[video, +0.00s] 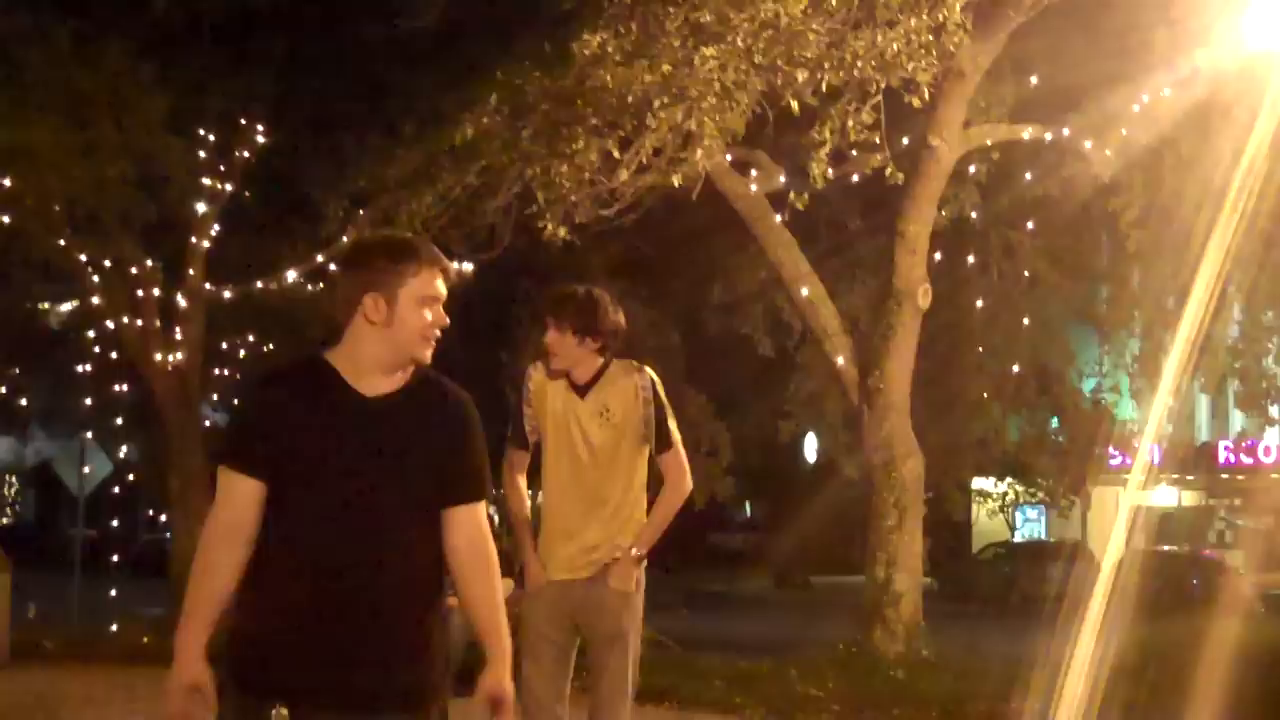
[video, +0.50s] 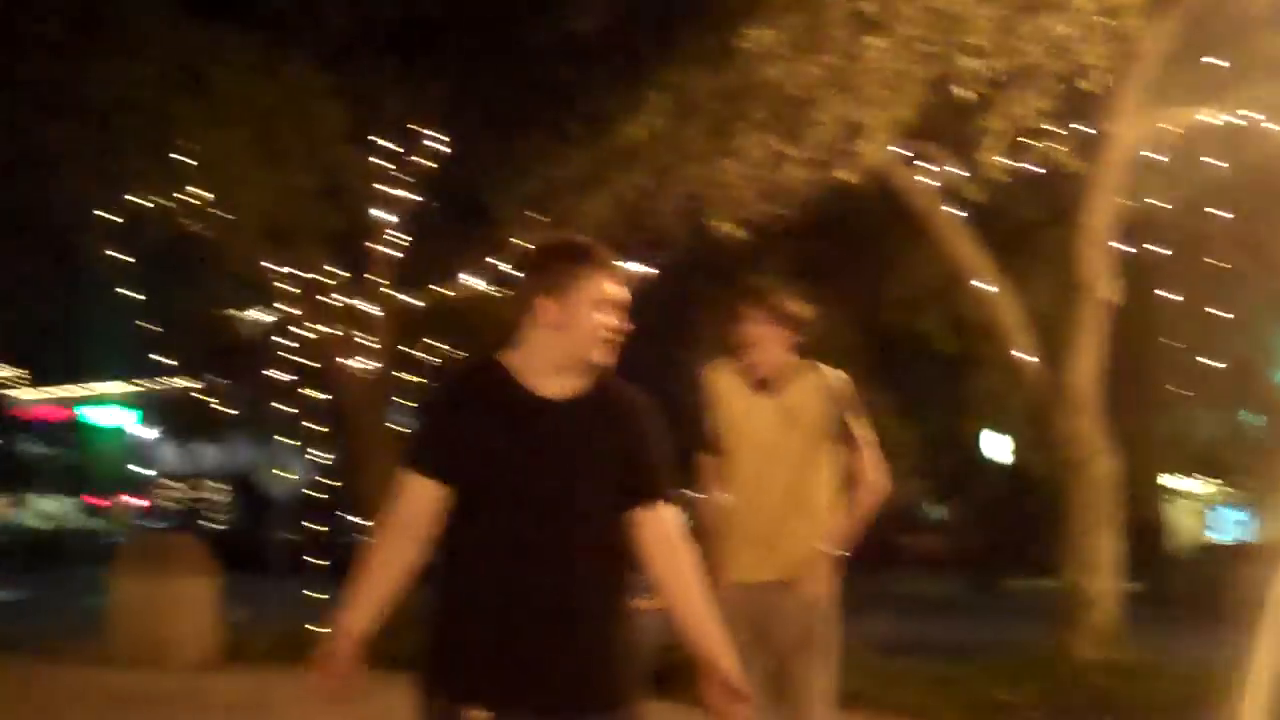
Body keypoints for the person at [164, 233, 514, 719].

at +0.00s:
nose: (442, 319)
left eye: (441, 305)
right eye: (428, 303)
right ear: (374, 308)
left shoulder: (446, 412)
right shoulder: (279, 397)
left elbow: (469, 540)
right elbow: (230, 526)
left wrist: (498, 658)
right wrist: (190, 649)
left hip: (399, 681)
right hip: (279, 679)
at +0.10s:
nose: (443, 319)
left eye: (441, 304)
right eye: (428, 303)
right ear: (373, 307)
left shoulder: (446, 410)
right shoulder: (279, 397)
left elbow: (474, 544)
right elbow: (222, 528)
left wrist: (516, 656)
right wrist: (169, 645)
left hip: (403, 689)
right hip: (280, 689)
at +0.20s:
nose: (466, 324)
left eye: (466, 309)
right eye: (451, 308)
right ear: (397, 313)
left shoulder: (466, 415)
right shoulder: (300, 399)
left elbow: (505, 547)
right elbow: (242, 527)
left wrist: (553, 658)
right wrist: (176, 636)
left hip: (425, 689)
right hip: (303, 689)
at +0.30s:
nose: (488, 322)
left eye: (489, 308)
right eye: (474, 306)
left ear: (427, 312)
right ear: (419, 310)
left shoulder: (491, 414)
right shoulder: (325, 398)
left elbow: (532, 545)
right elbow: (261, 526)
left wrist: (582, 657)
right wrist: (190, 633)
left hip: (453, 689)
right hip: (332, 688)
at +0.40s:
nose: (553, 322)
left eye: (555, 307)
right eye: (537, 304)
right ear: (480, 304)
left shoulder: (557, 413)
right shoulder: (398, 394)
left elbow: (601, 542)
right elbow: (336, 522)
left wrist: (655, 658)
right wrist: (266, 629)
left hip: (519, 684)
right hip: (401, 681)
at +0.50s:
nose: (621, 325)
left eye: (623, 311)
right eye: (605, 307)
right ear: (545, 309)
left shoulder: (622, 414)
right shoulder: (466, 398)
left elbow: (665, 543)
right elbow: (407, 528)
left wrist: (719, 664)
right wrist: (346, 638)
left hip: (588, 686)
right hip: (473, 685)